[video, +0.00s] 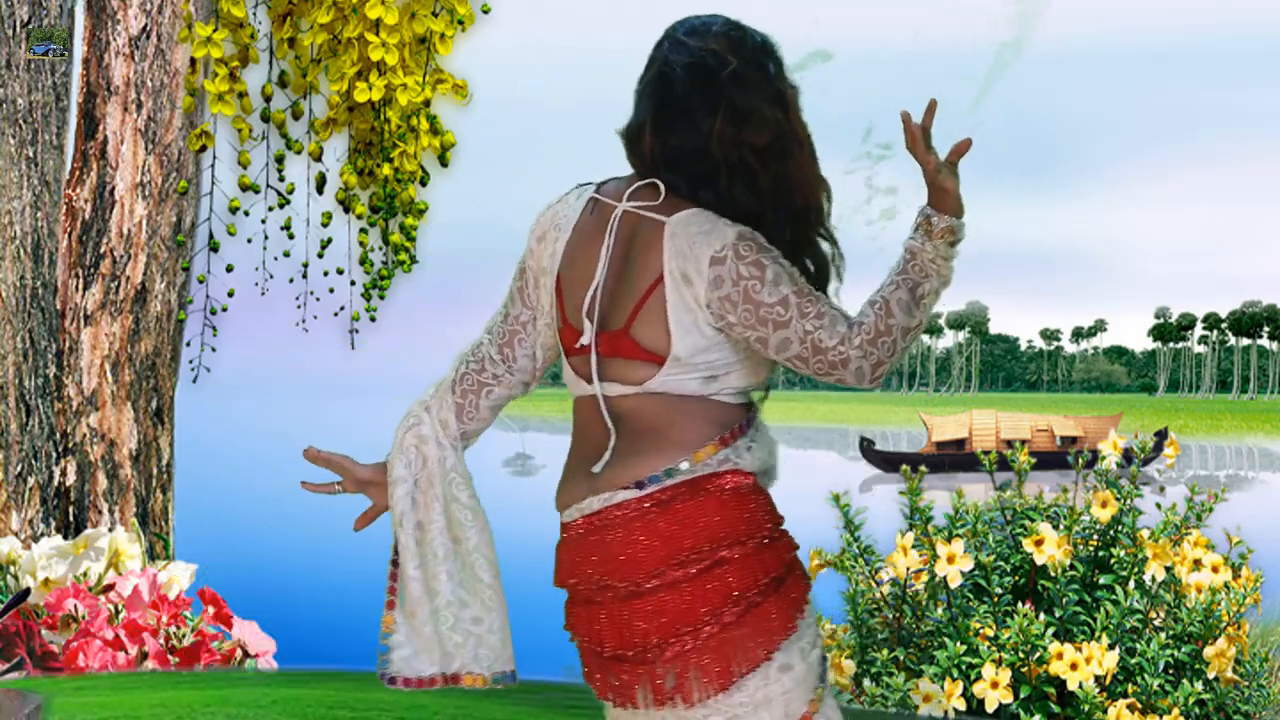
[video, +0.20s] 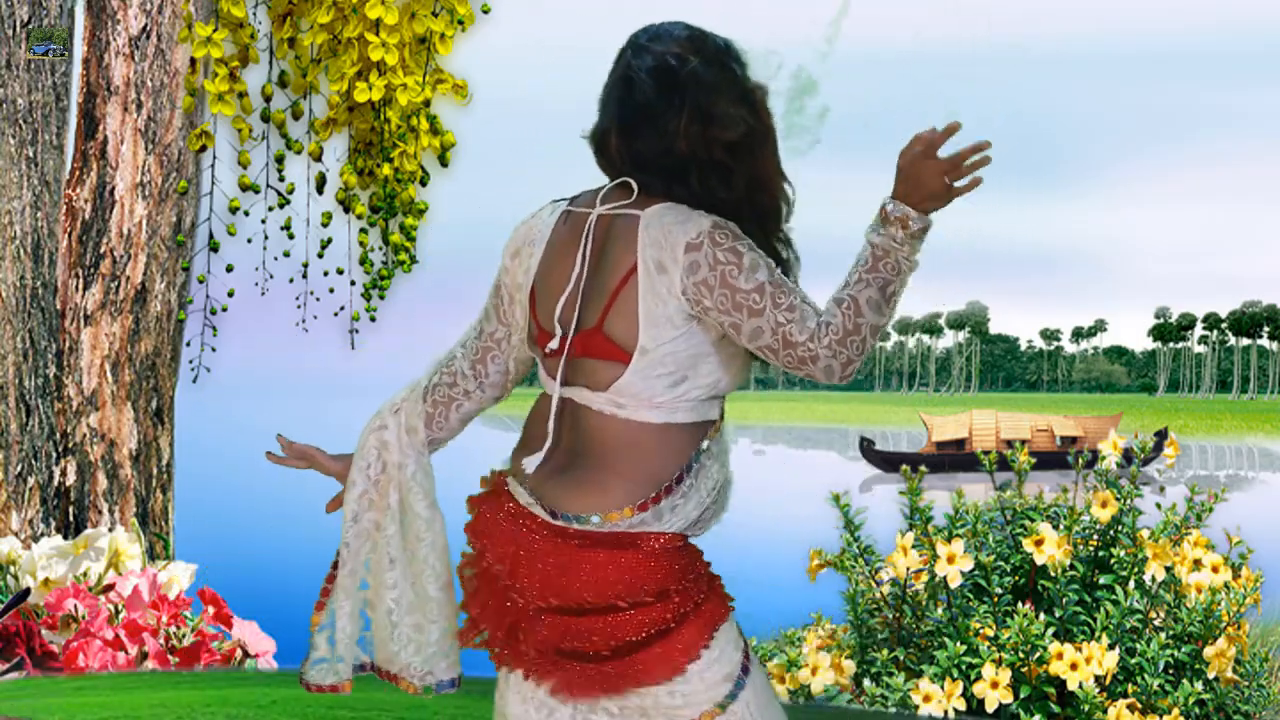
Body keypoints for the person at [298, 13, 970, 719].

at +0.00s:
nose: (789, 132)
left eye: (782, 107)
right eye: (777, 110)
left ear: (651, 117)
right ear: (749, 126)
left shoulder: (565, 224)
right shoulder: (721, 247)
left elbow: (499, 363)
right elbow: (861, 357)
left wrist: (408, 463)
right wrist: (941, 228)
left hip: (589, 533)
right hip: (706, 521)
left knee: (643, 706)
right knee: (770, 703)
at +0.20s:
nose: (757, 135)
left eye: (747, 111)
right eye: (747, 115)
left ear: (614, 126)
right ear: (727, 131)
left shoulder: (547, 232)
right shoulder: (702, 248)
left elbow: (468, 376)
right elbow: (833, 353)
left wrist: (366, 460)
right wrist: (904, 213)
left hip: (514, 541)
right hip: (633, 567)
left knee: (546, 695)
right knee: (739, 704)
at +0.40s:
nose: (727, 124)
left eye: (716, 101)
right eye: (717, 105)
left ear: (591, 122)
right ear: (700, 122)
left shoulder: (525, 236)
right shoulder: (691, 242)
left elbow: (458, 377)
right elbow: (826, 340)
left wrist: (346, 443)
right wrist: (896, 202)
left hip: (500, 537)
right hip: (619, 560)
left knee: (521, 702)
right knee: (713, 704)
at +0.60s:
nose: (704, 120)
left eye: (697, 100)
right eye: (695, 101)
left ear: (571, 121)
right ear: (671, 117)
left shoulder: (505, 241)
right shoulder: (687, 233)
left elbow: (442, 392)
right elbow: (828, 321)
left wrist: (320, 412)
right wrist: (906, 194)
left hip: (505, 526)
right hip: (632, 538)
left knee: (522, 701)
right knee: (673, 700)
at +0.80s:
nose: (681, 119)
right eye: (670, 101)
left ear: (543, 133)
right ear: (656, 120)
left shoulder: (501, 262)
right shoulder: (696, 235)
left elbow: (446, 421)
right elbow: (830, 310)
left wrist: (330, 350)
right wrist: (887, 173)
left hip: (488, 521)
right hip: (624, 548)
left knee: (490, 696)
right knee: (653, 701)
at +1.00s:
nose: (705, 110)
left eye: (697, 89)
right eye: (696, 92)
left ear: (570, 115)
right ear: (678, 108)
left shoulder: (514, 243)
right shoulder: (711, 221)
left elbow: (469, 407)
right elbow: (844, 309)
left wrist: (331, 375)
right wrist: (913, 174)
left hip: (543, 522)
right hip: (684, 521)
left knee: (552, 693)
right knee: (710, 700)